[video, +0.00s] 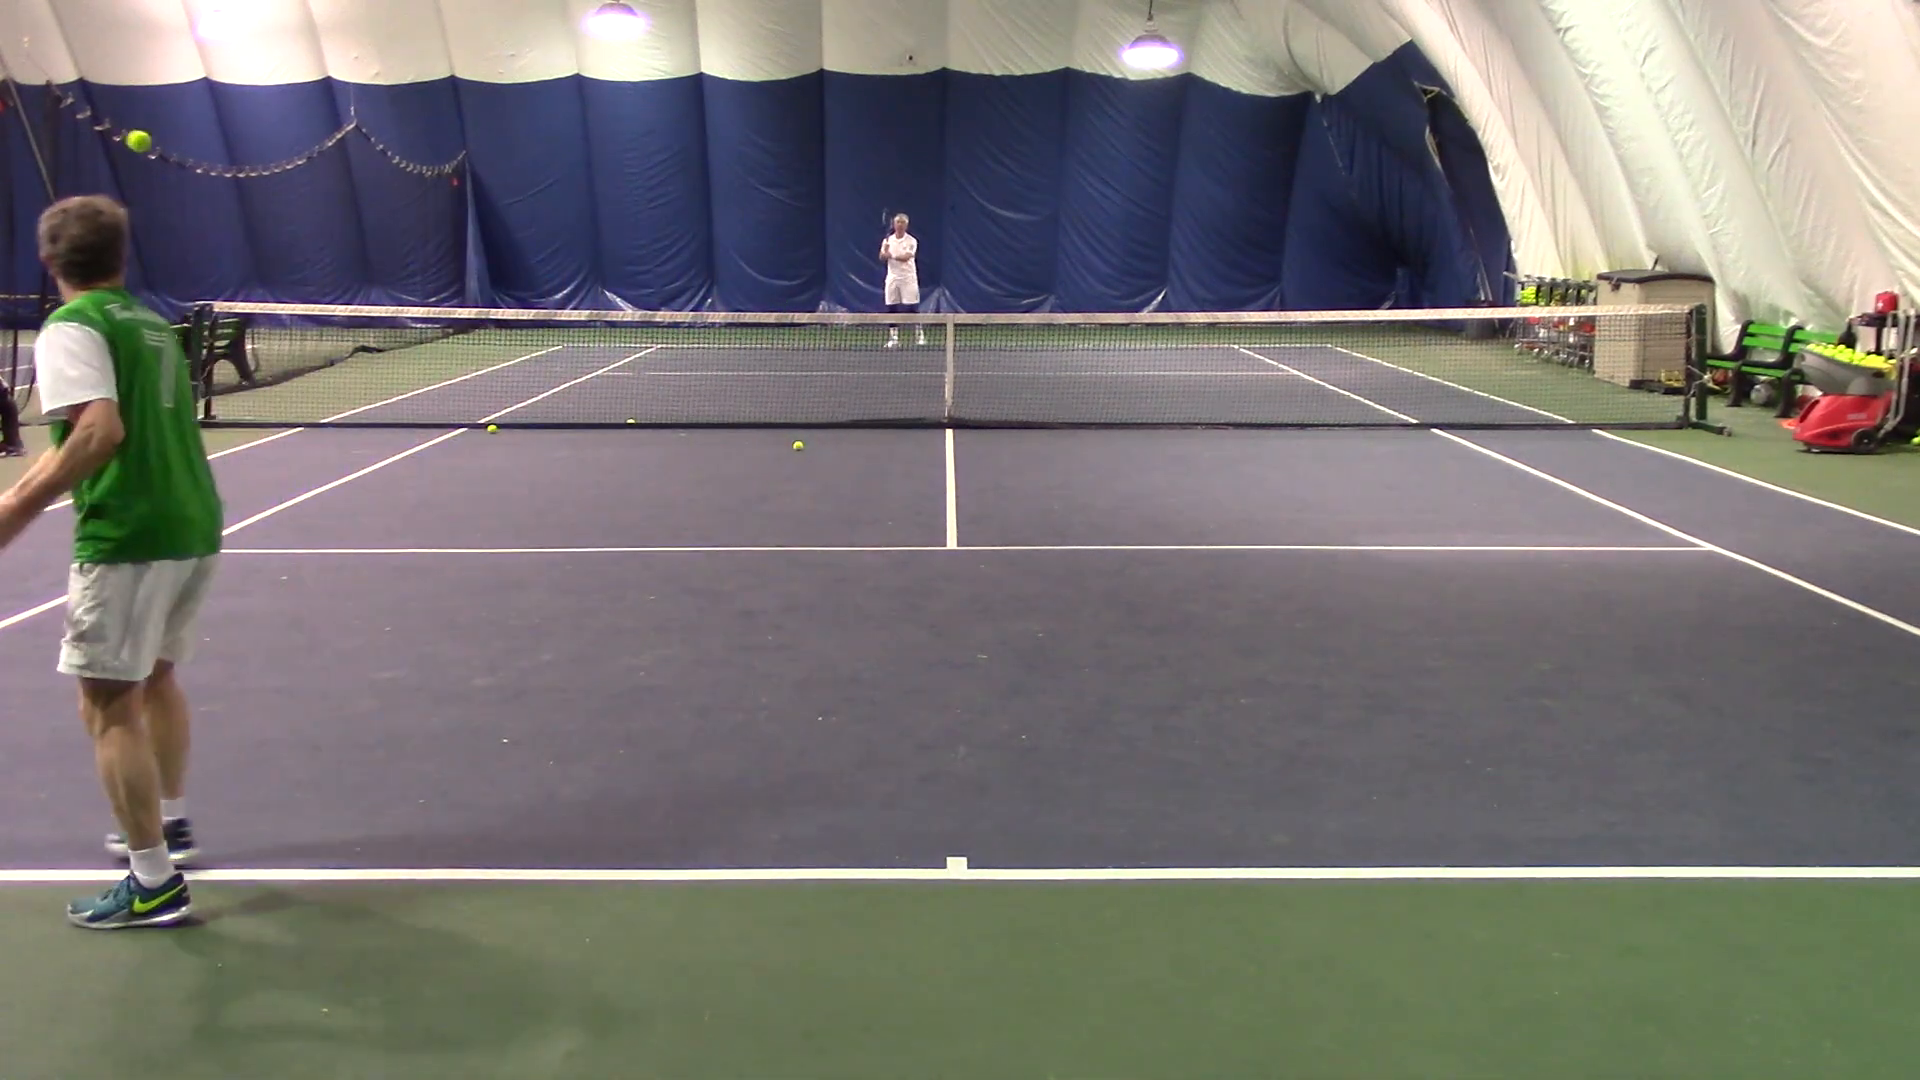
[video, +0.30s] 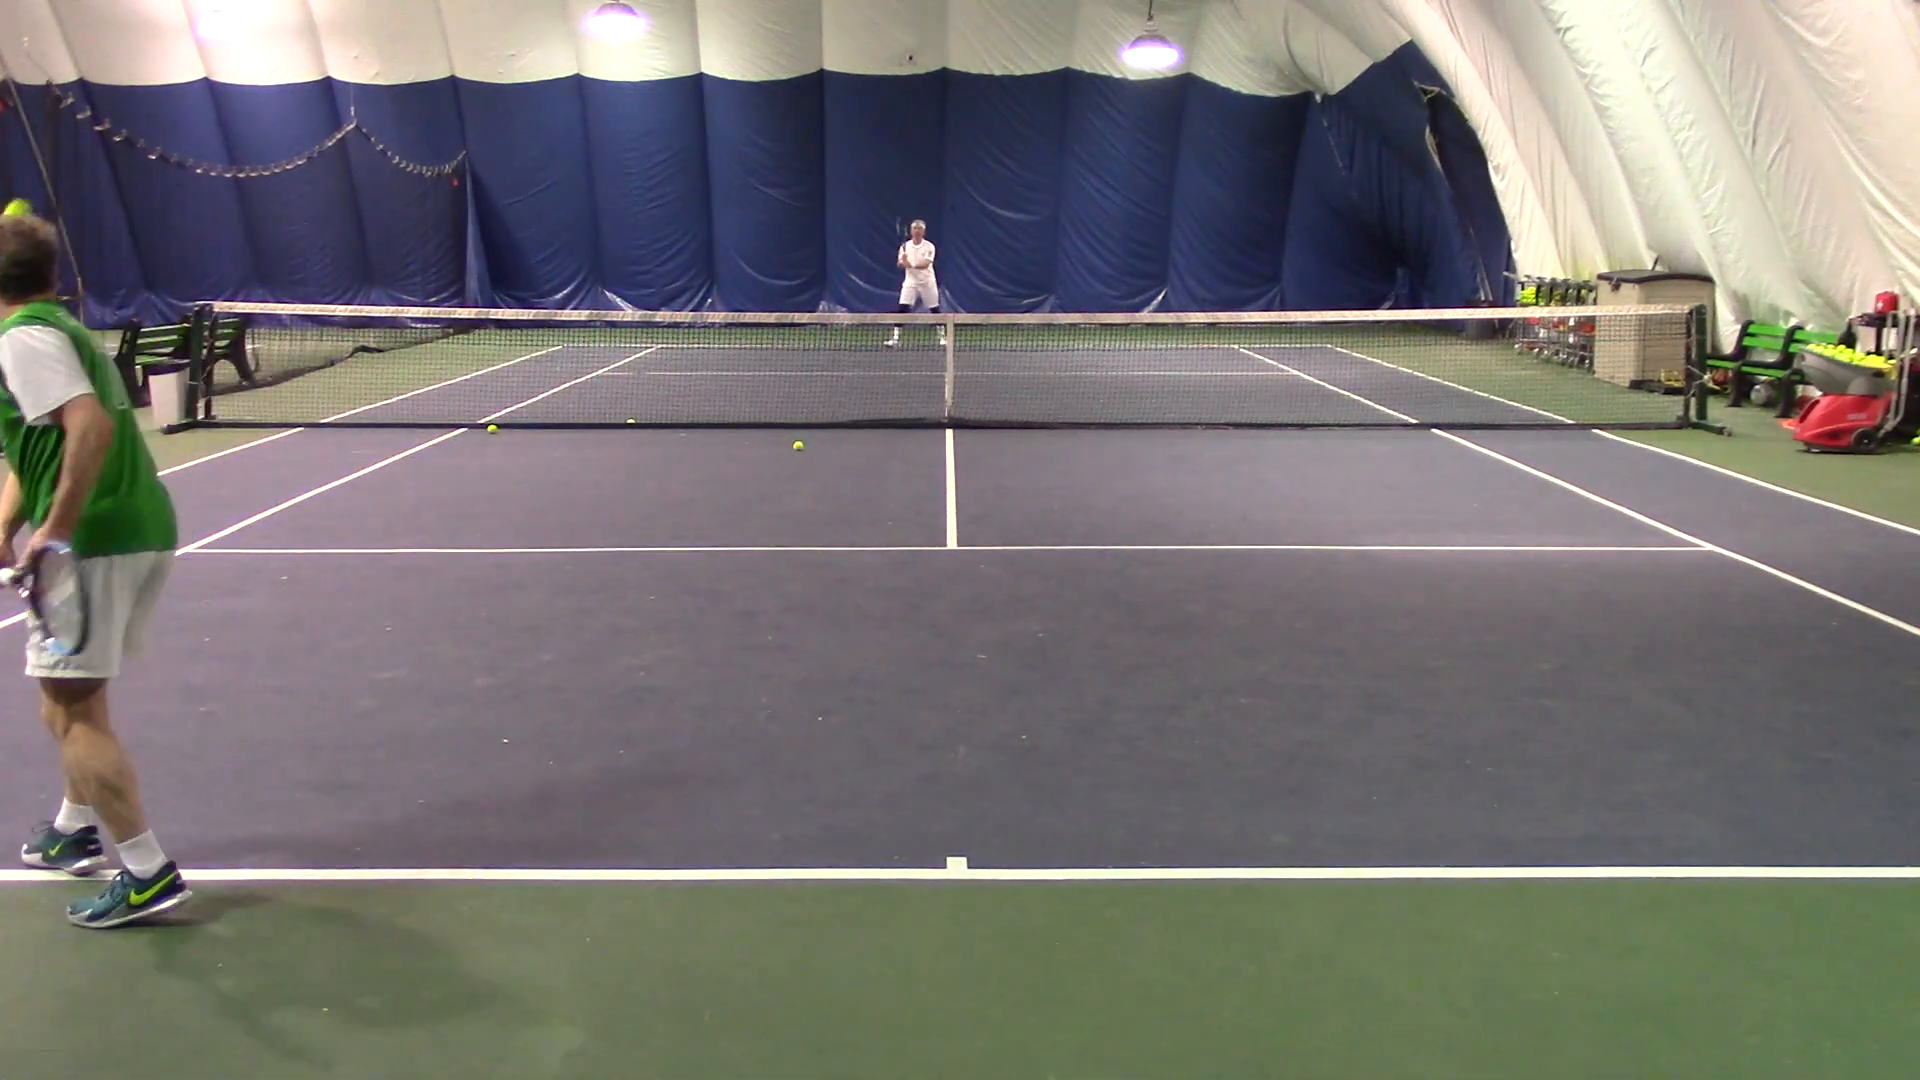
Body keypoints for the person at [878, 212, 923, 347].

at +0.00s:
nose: (900, 226)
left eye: (903, 223)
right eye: (898, 222)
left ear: (906, 225)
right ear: (894, 224)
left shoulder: (911, 240)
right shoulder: (888, 240)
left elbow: (907, 256)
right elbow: (882, 257)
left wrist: (892, 255)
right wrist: (885, 250)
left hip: (908, 277)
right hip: (892, 276)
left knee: (912, 306)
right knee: (891, 307)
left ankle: (919, 333)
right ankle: (894, 337)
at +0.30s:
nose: (917, 232)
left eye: (920, 229)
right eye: (915, 229)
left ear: (924, 231)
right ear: (911, 231)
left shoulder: (929, 246)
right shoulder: (905, 246)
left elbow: (927, 263)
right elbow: (899, 263)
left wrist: (912, 265)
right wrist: (903, 261)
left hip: (927, 282)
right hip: (910, 281)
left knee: (934, 309)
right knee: (903, 307)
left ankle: (941, 335)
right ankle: (896, 336)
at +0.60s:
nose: (932, 228)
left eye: (935, 225)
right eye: (931, 225)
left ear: (939, 227)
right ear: (927, 226)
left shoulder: (944, 243)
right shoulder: (919, 242)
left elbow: (944, 258)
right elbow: (914, 259)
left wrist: (933, 265)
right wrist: (920, 260)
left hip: (938, 278)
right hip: (921, 277)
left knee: (939, 306)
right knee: (915, 304)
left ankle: (942, 335)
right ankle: (912, 335)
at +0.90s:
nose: (935, 228)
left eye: (937, 225)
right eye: (933, 225)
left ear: (941, 227)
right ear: (929, 226)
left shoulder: (946, 243)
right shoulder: (921, 241)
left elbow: (947, 259)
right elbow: (916, 258)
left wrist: (938, 264)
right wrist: (923, 261)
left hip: (939, 277)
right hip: (924, 277)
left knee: (941, 306)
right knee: (921, 305)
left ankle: (943, 333)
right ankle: (923, 332)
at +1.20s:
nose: (932, 229)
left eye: (935, 226)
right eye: (930, 226)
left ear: (939, 228)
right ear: (927, 227)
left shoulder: (946, 243)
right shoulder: (921, 243)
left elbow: (949, 261)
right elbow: (918, 259)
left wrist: (938, 268)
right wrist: (924, 266)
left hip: (941, 278)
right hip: (927, 277)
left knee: (940, 305)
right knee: (925, 305)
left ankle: (943, 334)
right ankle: (925, 333)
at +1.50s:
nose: (937, 229)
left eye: (940, 226)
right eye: (935, 226)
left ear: (944, 227)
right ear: (932, 227)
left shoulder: (950, 242)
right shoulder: (928, 242)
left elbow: (951, 260)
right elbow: (926, 257)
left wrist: (939, 266)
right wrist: (928, 264)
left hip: (947, 276)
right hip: (935, 275)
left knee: (945, 305)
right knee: (933, 304)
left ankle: (948, 333)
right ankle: (943, 330)